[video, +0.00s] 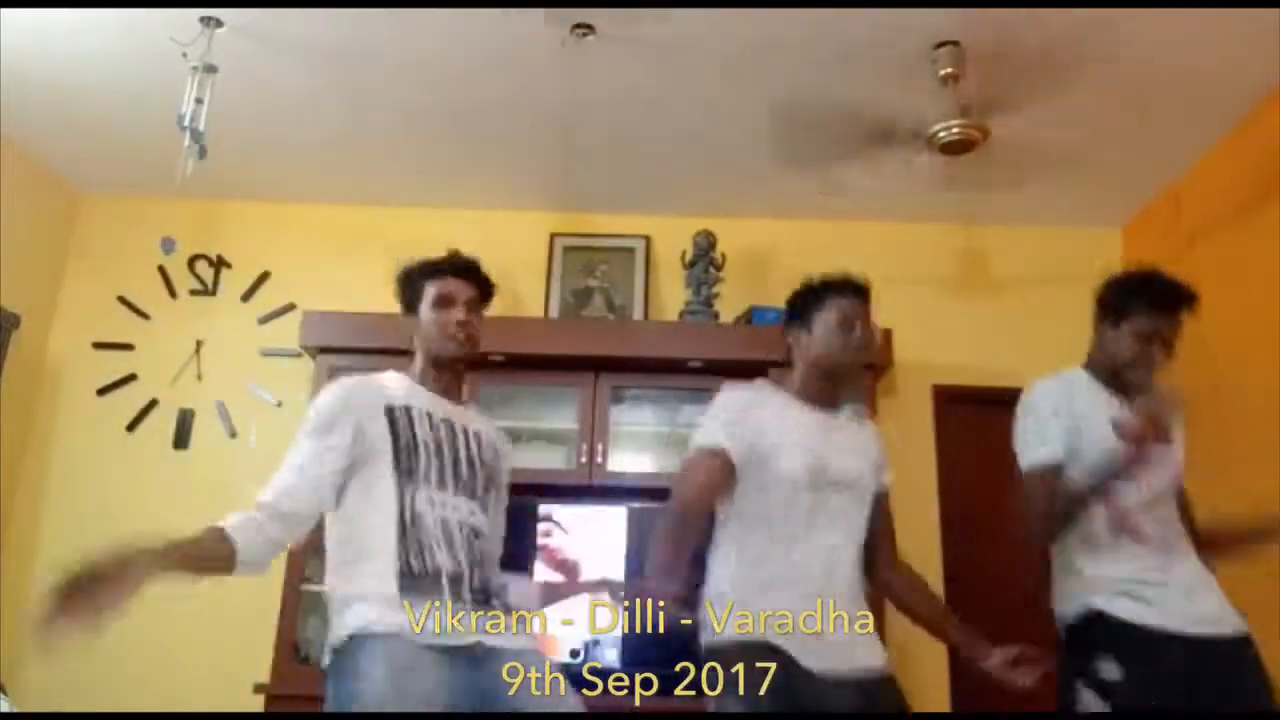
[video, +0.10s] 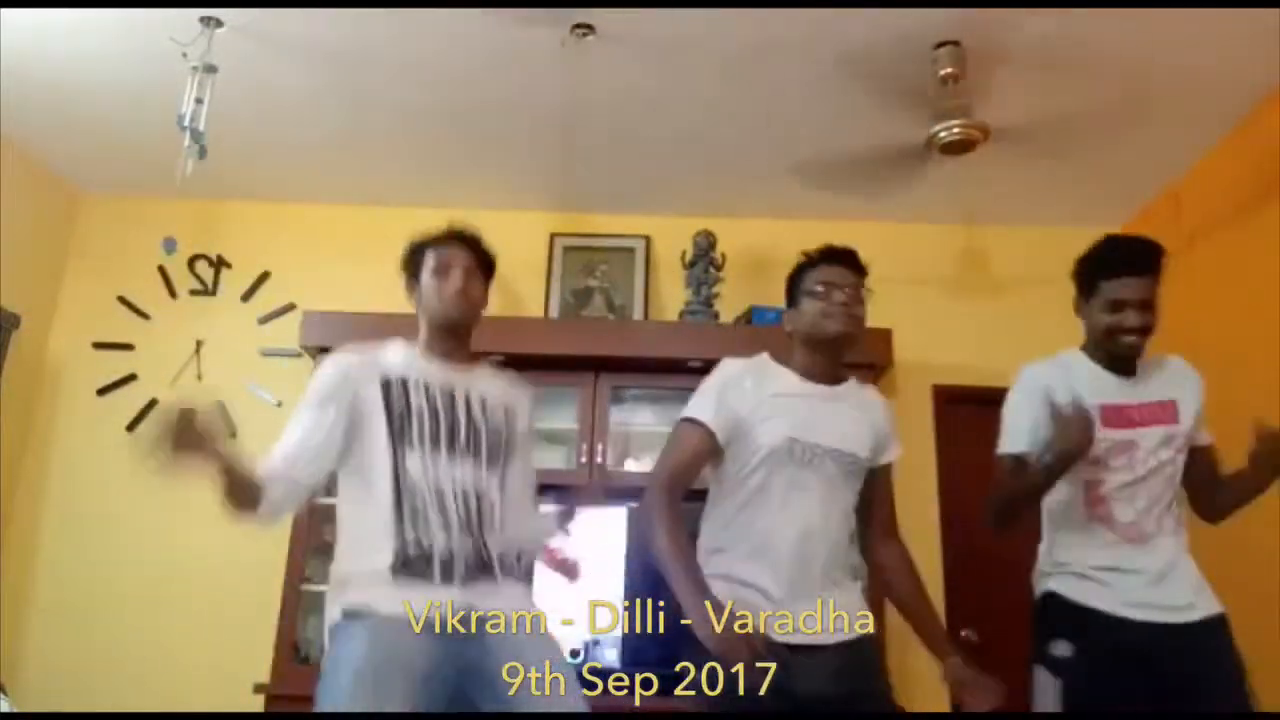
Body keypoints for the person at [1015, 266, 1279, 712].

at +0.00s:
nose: (1156, 358)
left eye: (1166, 345)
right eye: (1146, 340)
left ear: (1173, 348)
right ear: (1107, 327)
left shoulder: (1159, 407)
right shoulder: (1051, 397)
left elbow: (1186, 536)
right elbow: (1041, 522)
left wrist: (1270, 530)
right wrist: (1125, 453)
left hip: (1198, 607)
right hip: (1112, 612)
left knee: (1252, 698)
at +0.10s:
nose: (1132, 322)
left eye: (1144, 308)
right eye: (1115, 308)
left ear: (1156, 310)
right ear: (1081, 308)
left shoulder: (1179, 380)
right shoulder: (1043, 384)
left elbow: (1212, 502)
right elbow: (1001, 512)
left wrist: (1262, 469)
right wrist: (1058, 458)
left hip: (1179, 594)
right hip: (1084, 595)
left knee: (1224, 701)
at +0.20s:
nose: (1102, 343)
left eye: (1116, 326)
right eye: (1086, 329)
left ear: (1139, 323)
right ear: (1065, 332)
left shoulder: (1188, 406)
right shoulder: (1028, 416)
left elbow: (1217, 529)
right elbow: (988, 538)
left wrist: (1264, 551)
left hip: (1166, 644)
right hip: (1065, 643)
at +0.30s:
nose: (1081, 383)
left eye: (1095, 365)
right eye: (1066, 371)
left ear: (1129, 364)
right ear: (1056, 379)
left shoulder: (1188, 473)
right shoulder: (1025, 466)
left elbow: (1216, 613)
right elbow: (998, 592)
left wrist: (1263, 699)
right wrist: (1027, 691)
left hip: (1158, 693)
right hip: (1057, 692)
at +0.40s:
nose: (1067, 389)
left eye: (1082, 372)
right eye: (1059, 380)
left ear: (1128, 374)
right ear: (1054, 388)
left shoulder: (1189, 489)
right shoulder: (1022, 467)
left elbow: (1216, 630)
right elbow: (990, 592)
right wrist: (976, 694)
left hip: (1148, 699)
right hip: (1045, 694)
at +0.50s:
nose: (1065, 357)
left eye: (1078, 342)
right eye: (1057, 347)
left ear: (1124, 342)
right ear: (1052, 353)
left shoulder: (1174, 443)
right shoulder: (1022, 423)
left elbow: (1183, 586)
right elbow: (987, 527)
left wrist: (1077, 565)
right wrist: (936, 554)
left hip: (1125, 679)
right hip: (1023, 664)